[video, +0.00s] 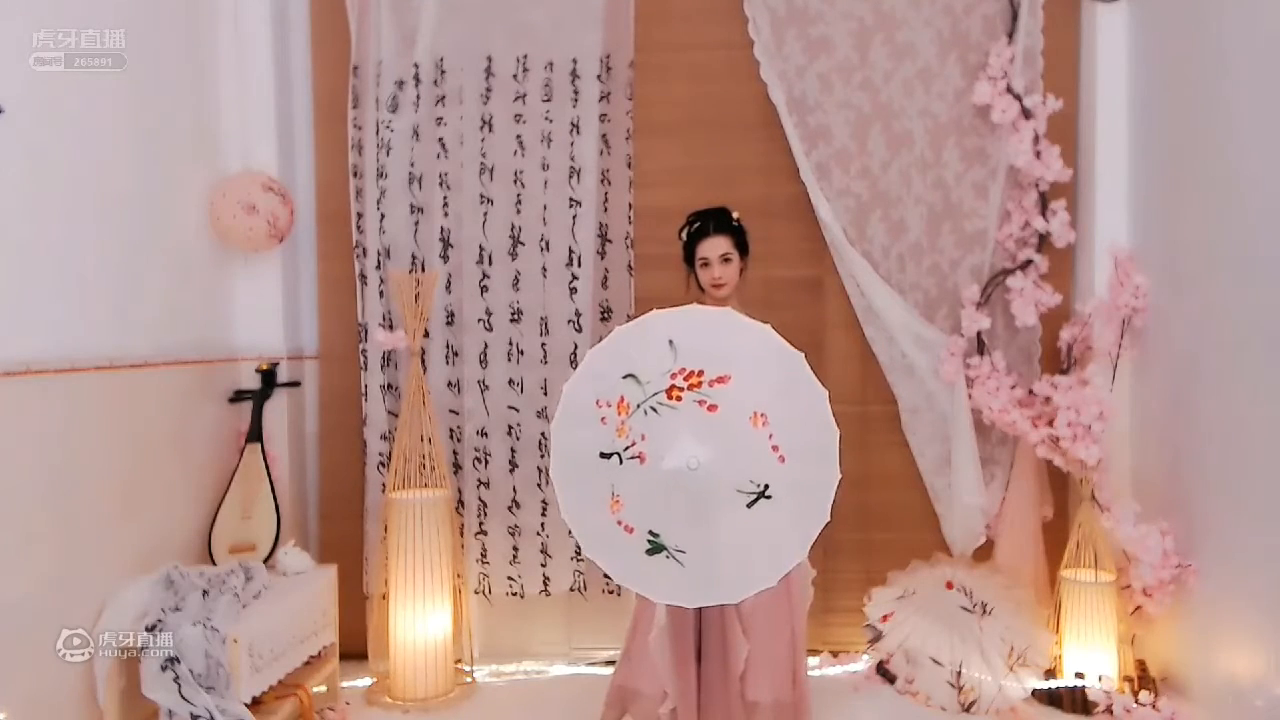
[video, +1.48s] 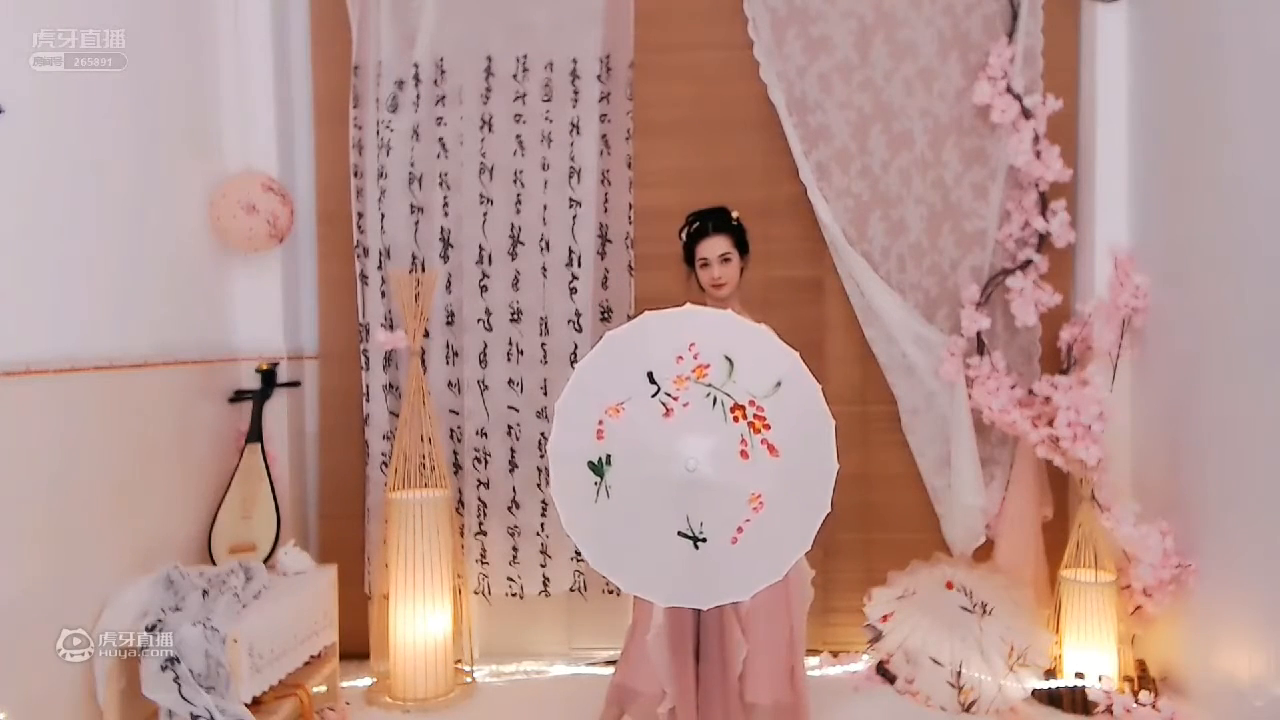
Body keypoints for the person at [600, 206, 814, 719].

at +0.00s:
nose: (716, 272)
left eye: (725, 259)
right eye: (705, 262)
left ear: (742, 264)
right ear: (692, 268)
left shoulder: (760, 341)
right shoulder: (666, 338)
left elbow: (789, 433)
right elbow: (639, 426)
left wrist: (786, 517)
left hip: (745, 500)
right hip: (679, 497)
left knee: (745, 618)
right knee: (677, 617)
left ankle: (744, 712)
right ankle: (674, 712)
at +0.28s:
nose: (715, 273)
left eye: (724, 259)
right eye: (704, 262)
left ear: (742, 263)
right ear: (692, 269)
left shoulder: (760, 342)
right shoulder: (673, 338)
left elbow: (785, 431)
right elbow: (647, 425)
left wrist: (783, 514)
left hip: (747, 495)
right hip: (683, 494)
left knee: (746, 615)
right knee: (679, 614)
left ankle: (745, 711)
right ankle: (675, 712)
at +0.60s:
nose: (715, 273)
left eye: (725, 260)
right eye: (704, 262)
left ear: (742, 263)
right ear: (692, 268)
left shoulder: (759, 338)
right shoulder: (672, 334)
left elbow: (782, 427)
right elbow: (645, 419)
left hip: (745, 492)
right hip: (680, 490)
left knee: (743, 611)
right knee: (677, 610)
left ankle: (742, 710)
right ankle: (674, 711)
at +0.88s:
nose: (715, 272)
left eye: (725, 259)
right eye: (704, 262)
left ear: (742, 263)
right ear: (693, 269)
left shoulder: (760, 339)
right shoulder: (676, 336)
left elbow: (786, 430)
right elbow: (651, 424)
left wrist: (784, 513)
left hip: (748, 493)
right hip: (683, 491)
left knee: (745, 612)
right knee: (681, 611)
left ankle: (744, 711)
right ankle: (678, 712)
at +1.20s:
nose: (715, 272)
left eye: (725, 259)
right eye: (704, 262)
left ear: (742, 263)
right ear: (692, 268)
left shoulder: (760, 338)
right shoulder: (671, 335)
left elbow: (786, 428)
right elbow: (647, 421)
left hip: (745, 491)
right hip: (679, 490)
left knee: (742, 608)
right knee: (679, 608)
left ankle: (741, 709)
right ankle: (678, 710)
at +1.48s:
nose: (715, 272)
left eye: (725, 259)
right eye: (704, 262)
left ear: (742, 262)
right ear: (692, 268)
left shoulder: (761, 339)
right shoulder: (668, 335)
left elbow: (788, 430)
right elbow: (643, 423)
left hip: (745, 494)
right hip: (677, 492)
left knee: (743, 611)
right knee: (677, 612)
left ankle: (743, 710)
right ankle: (675, 710)